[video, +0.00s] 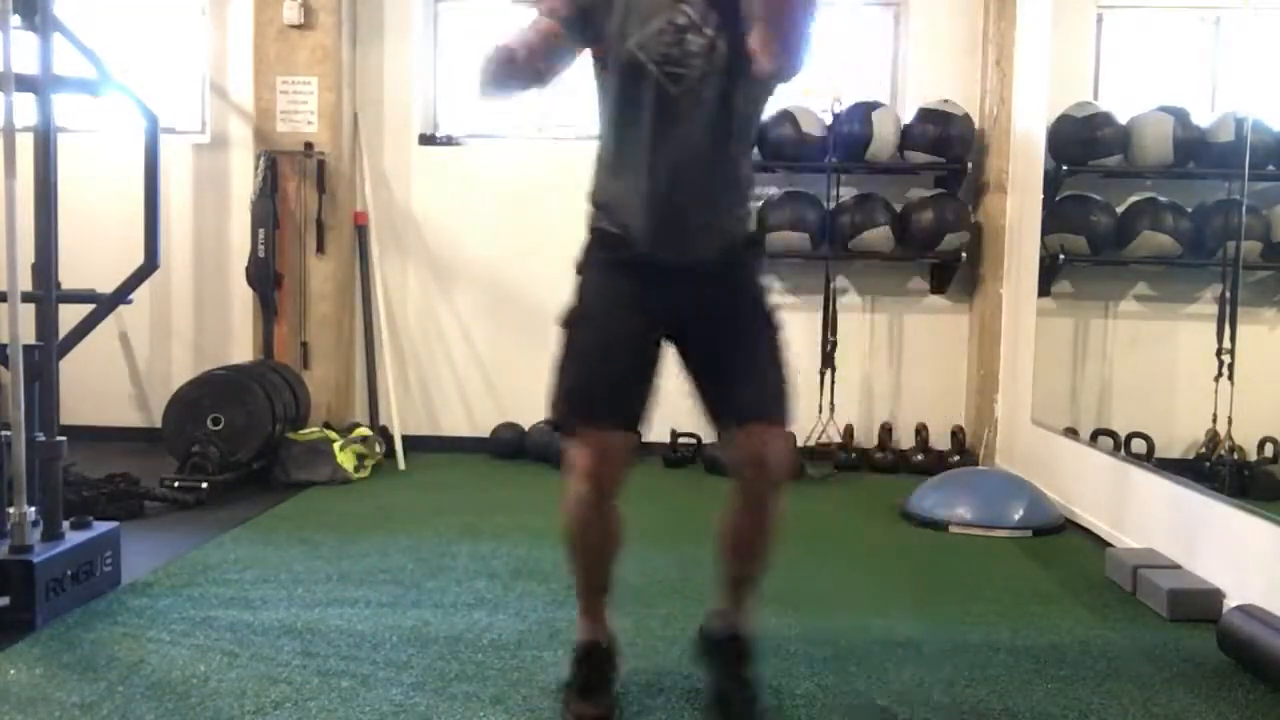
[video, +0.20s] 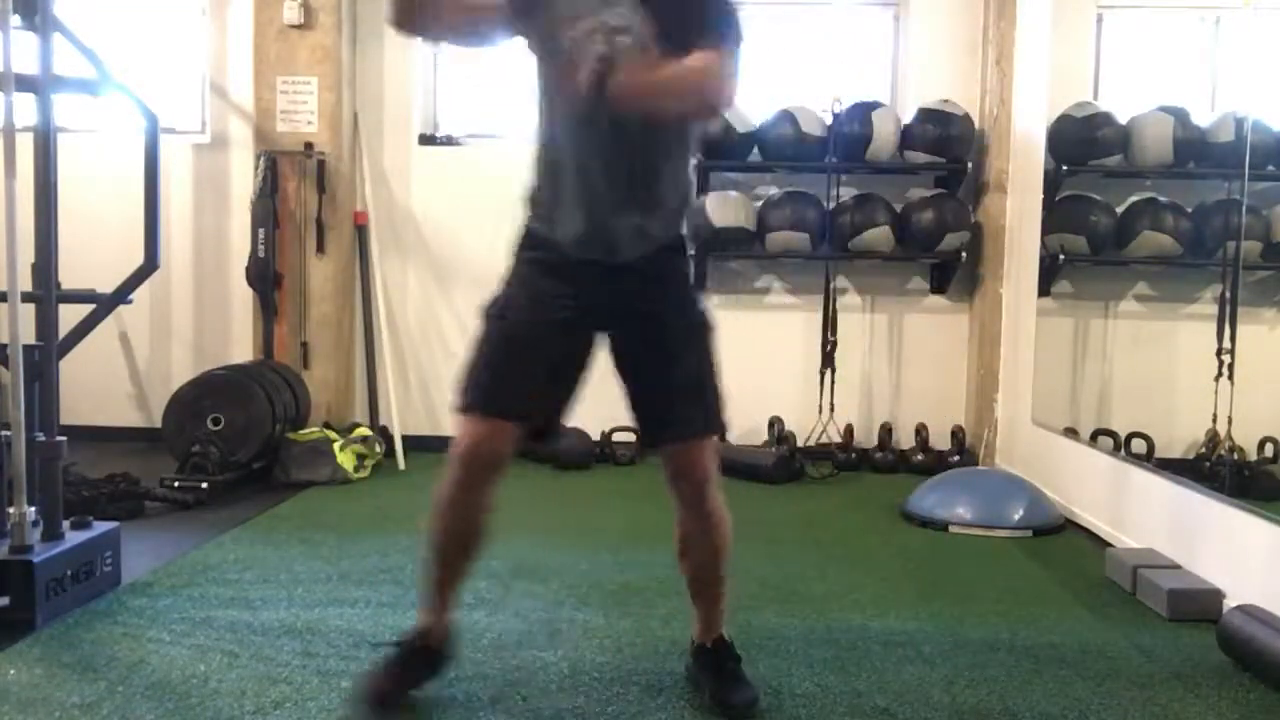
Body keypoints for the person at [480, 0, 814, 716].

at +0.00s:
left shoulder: (752, 15)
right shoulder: (607, 5)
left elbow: (780, 55)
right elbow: (503, 75)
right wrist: (518, 58)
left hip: (721, 260)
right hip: (622, 257)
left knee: (767, 460)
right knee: (591, 469)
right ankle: (593, 639)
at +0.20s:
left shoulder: (696, 8)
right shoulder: (541, 7)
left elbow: (712, 85)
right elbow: (418, 16)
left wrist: (610, 81)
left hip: (656, 265)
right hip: (552, 259)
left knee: (695, 472)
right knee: (476, 449)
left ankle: (713, 646)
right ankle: (430, 633)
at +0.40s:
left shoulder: (611, 15)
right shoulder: (456, 3)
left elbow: (671, 151)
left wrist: (654, 260)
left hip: (541, 261)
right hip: (444, 252)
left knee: (556, 452)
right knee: (399, 445)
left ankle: (670, 607)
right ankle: (397, 650)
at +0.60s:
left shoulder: (586, 6)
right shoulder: (418, 1)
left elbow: (673, 99)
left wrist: (737, 216)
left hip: (513, 220)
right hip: (424, 222)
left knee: (355, 289)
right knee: (388, 437)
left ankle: (440, 493)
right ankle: (397, 644)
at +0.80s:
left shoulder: (565, 11)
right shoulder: (416, 12)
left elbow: (662, 88)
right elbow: (331, 62)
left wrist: (740, 172)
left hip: (514, 250)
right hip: (437, 254)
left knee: (333, 119)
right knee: (361, 458)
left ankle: (311, 361)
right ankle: (401, 648)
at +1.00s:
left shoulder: (582, 16)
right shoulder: (425, 13)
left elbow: (687, 116)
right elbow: (321, 45)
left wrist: (768, 219)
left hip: (531, 251)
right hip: (444, 252)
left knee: (400, 361)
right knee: (371, 459)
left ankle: (518, 543)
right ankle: (399, 651)